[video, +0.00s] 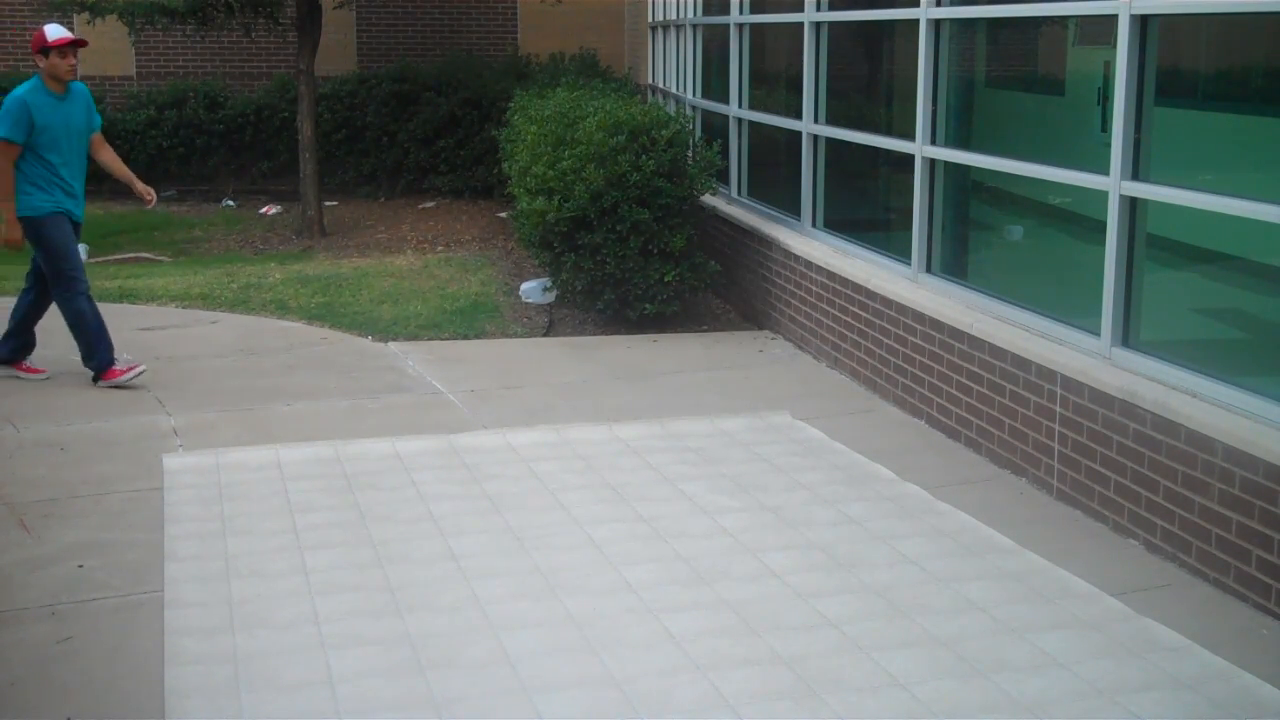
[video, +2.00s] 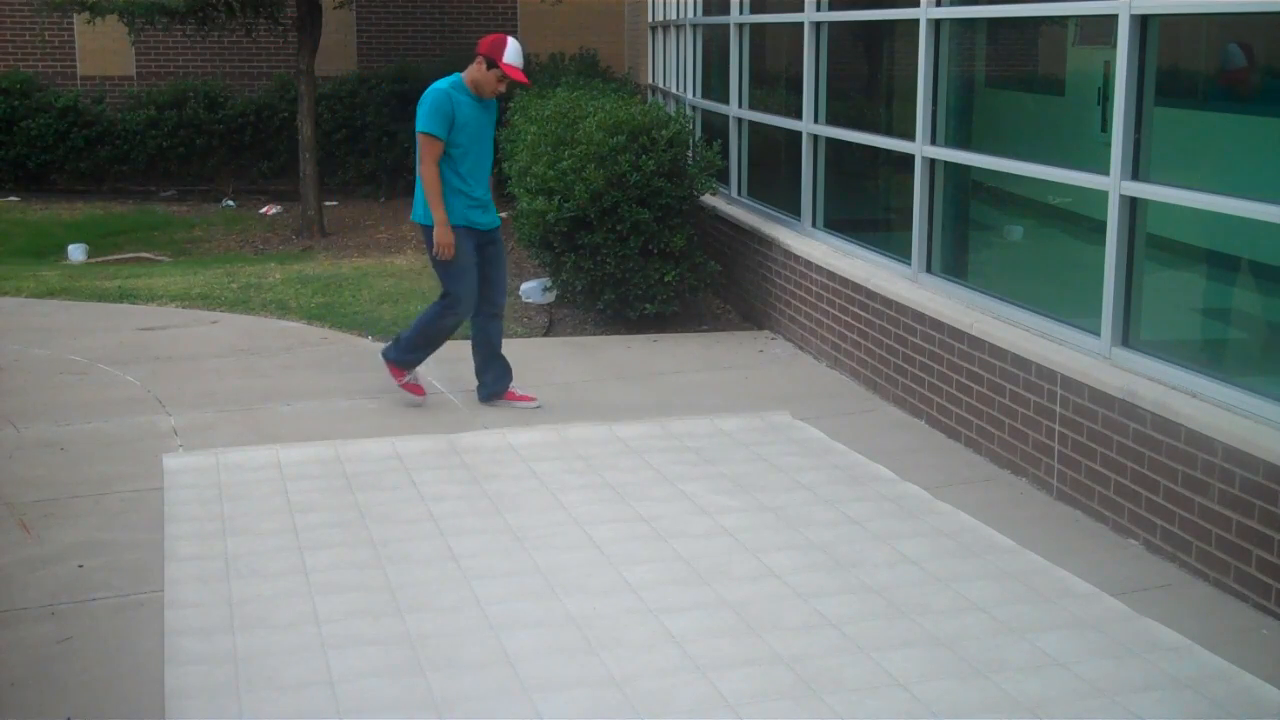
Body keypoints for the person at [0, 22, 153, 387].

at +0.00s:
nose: (72, 59)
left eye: (74, 52)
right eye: (62, 54)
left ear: (77, 56)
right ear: (41, 60)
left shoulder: (80, 93)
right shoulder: (20, 102)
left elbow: (99, 147)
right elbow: (5, 163)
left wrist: (134, 181)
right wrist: (9, 220)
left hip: (71, 206)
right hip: (38, 207)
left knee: (41, 285)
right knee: (72, 280)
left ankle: (10, 353)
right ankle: (103, 365)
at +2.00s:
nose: (503, 89)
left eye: (508, 83)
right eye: (500, 79)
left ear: (491, 71)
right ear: (479, 64)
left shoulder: (488, 102)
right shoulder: (440, 97)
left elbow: (481, 163)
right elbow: (427, 163)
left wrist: (490, 211)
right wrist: (441, 224)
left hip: (484, 220)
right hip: (448, 221)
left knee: (491, 305)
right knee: (460, 301)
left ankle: (493, 387)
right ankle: (399, 357)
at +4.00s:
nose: (741, 106)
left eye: (745, 99)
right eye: (734, 98)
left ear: (750, 92)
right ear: (711, 90)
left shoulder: (747, 113)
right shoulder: (675, 125)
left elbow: (745, 149)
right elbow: (641, 181)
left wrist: (757, 187)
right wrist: (630, 240)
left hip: (729, 232)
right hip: (679, 234)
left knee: (742, 319)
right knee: (670, 320)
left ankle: (739, 399)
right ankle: (630, 397)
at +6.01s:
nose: (385, 62)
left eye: (393, 56)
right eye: (387, 54)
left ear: (420, 64)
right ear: (414, 64)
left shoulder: (463, 114)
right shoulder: (412, 107)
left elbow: (494, 194)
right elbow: (428, 187)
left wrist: (493, 263)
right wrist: (419, 243)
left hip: (458, 269)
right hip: (417, 262)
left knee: (476, 362)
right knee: (390, 358)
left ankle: (497, 448)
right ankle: (350, 455)